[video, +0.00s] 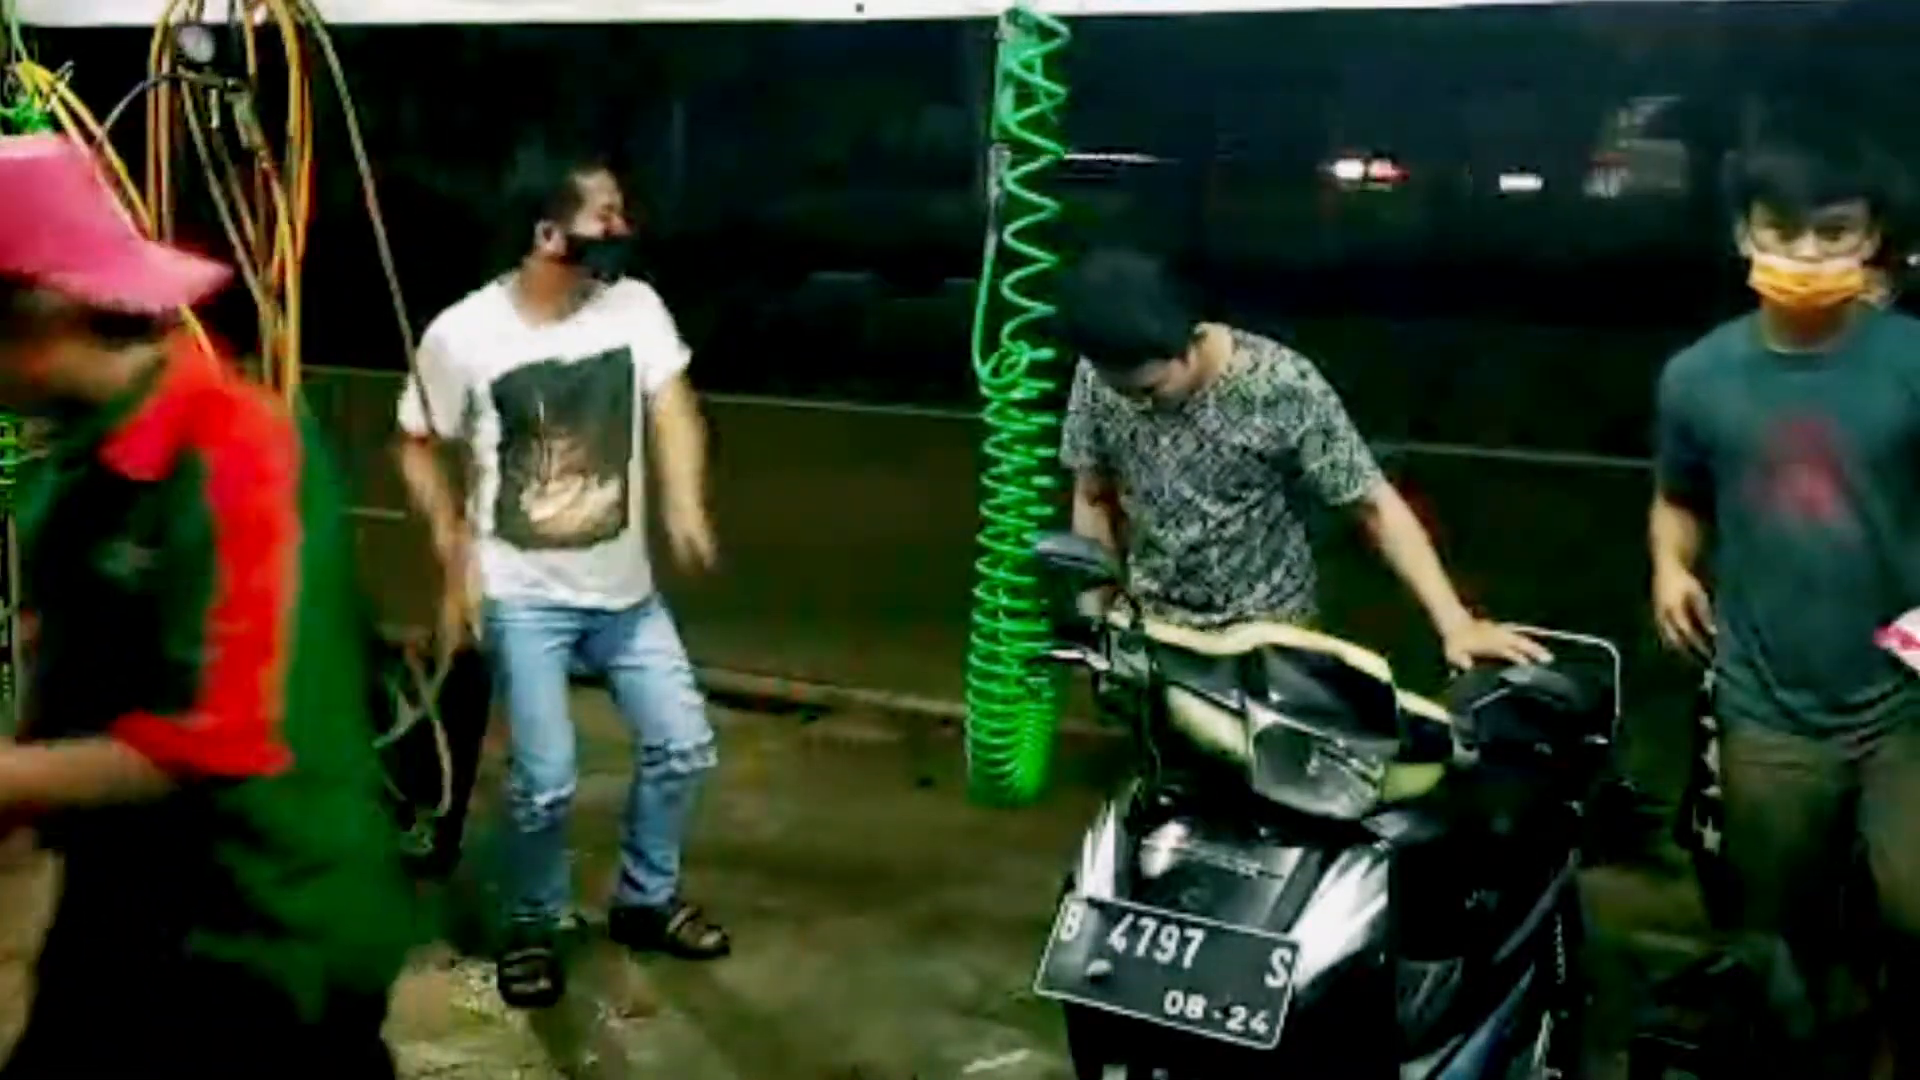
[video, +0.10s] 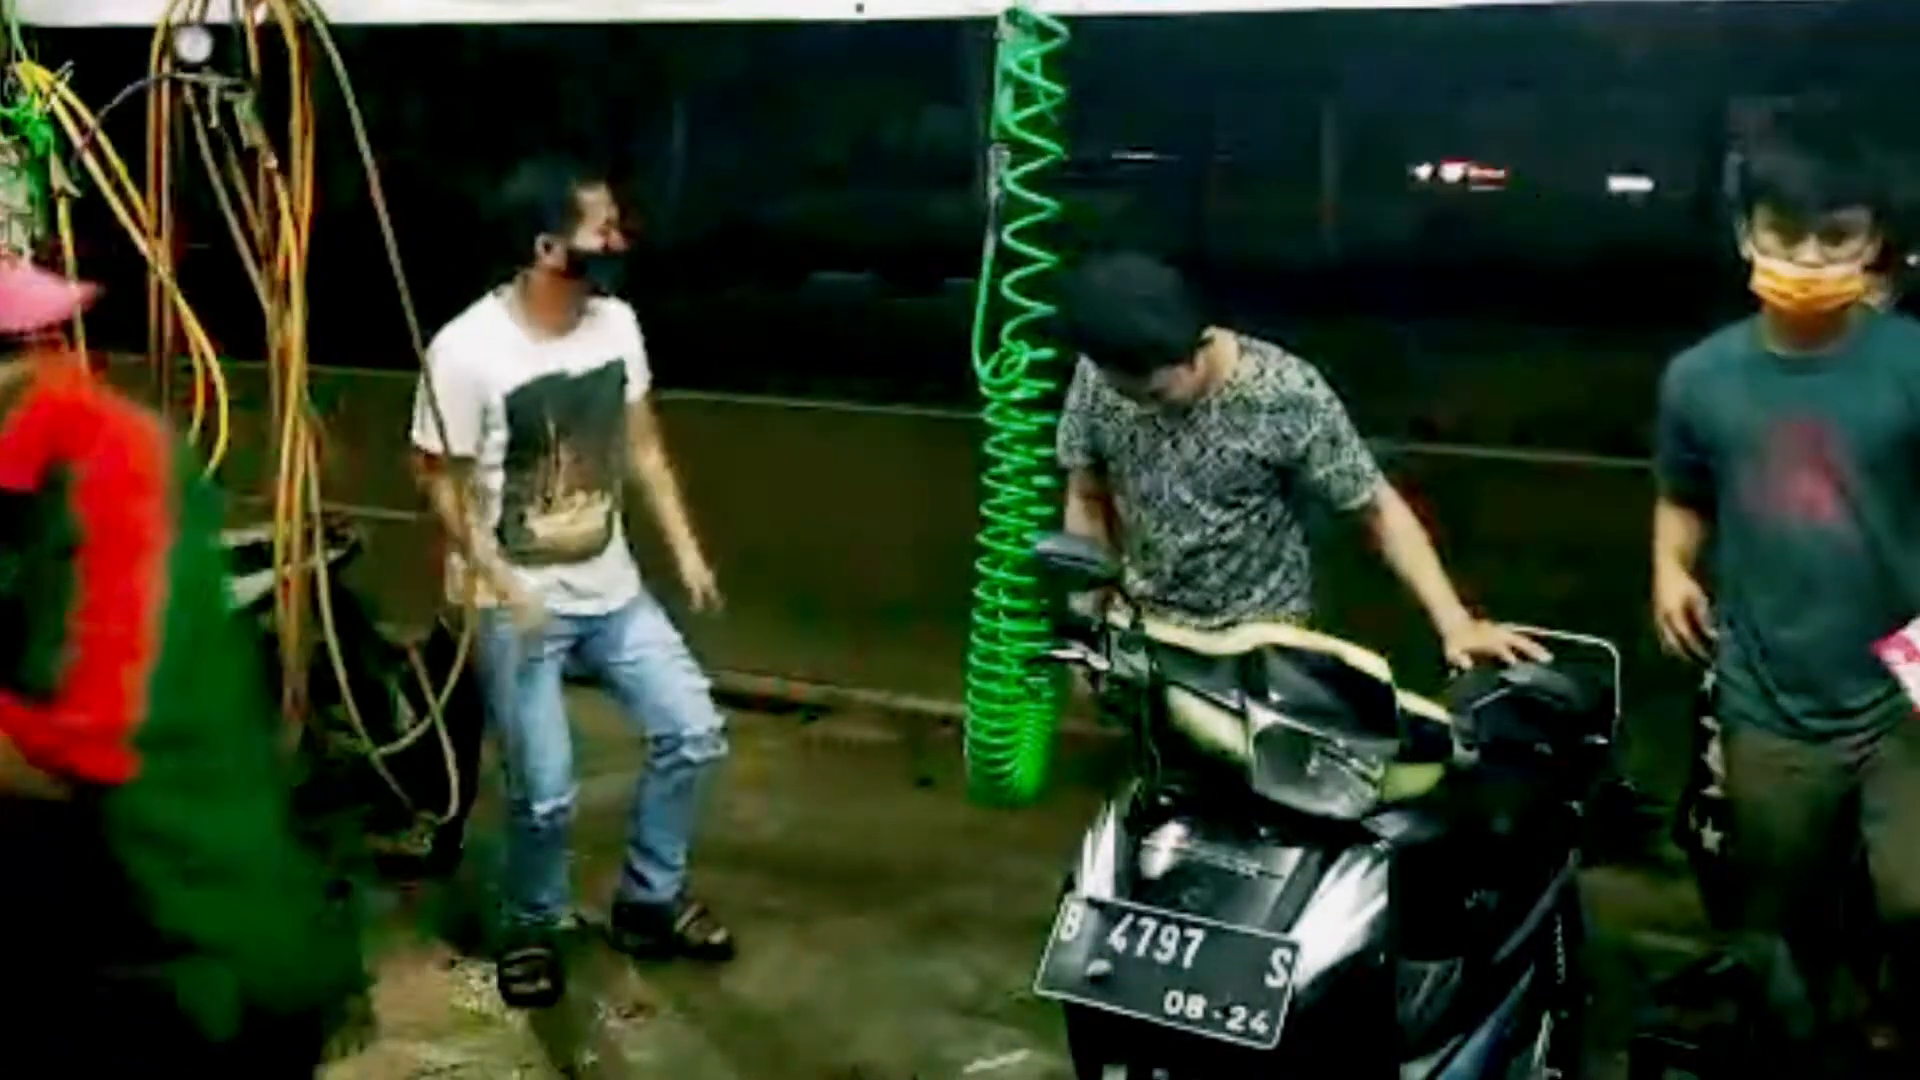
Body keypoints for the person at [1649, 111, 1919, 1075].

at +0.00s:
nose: (1807, 264)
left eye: (1834, 240)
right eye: (1784, 240)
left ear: (1875, 248)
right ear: (1746, 241)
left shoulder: (1905, 361)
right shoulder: (1698, 379)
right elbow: (1677, 495)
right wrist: (1671, 566)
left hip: (1896, 707)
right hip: (1765, 713)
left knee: (1909, 925)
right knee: (1768, 944)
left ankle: (1894, 1058)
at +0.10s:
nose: (1807, 277)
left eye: (1834, 253)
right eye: (1785, 253)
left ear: (1877, 253)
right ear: (1747, 245)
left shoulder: (1905, 365)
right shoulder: (1700, 382)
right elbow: (1681, 494)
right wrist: (1670, 567)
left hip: (1893, 706)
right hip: (1765, 711)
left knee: (1907, 914)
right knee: (1771, 937)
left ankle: (1898, 1042)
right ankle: (1783, 1071)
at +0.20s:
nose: (1816, 287)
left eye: (1842, 265)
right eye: (1794, 263)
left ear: (1884, 262)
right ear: (1753, 251)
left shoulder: (1908, 369)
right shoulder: (1708, 383)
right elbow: (1690, 497)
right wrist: (1667, 569)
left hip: (1894, 719)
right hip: (1767, 722)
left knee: (1905, 940)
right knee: (1775, 953)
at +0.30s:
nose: (1825, 279)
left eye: (1851, 255)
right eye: (1800, 253)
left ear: (1891, 257)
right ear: (1760, 248)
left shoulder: (1911, 374)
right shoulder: (1720, 383)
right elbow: (1700, 498)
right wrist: (1670, 564)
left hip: (1895, 728)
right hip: (1768, 724)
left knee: (1901, 976)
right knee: (1783, 973)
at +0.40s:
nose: (1850, 293)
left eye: (1878, 267)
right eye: (1823, 266)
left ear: (1911, 266)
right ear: (1784, 260)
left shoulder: (1915, 385)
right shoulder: (1743, 389)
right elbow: (1726, 505)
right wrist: (1679, 563)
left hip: (1894, 748)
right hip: (1771, 736)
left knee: (1898, 1005)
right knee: (1784, 987)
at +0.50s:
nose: (1872, 311)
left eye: (1899, 291)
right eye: (1853, 285)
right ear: (1812, 275)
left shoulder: (1918, 406)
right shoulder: (1771, 397)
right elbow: (1757, 513)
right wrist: (1697, 572)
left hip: (1902, 778)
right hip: (1784, 755)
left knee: (1895, 1033)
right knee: (1788, 1000)